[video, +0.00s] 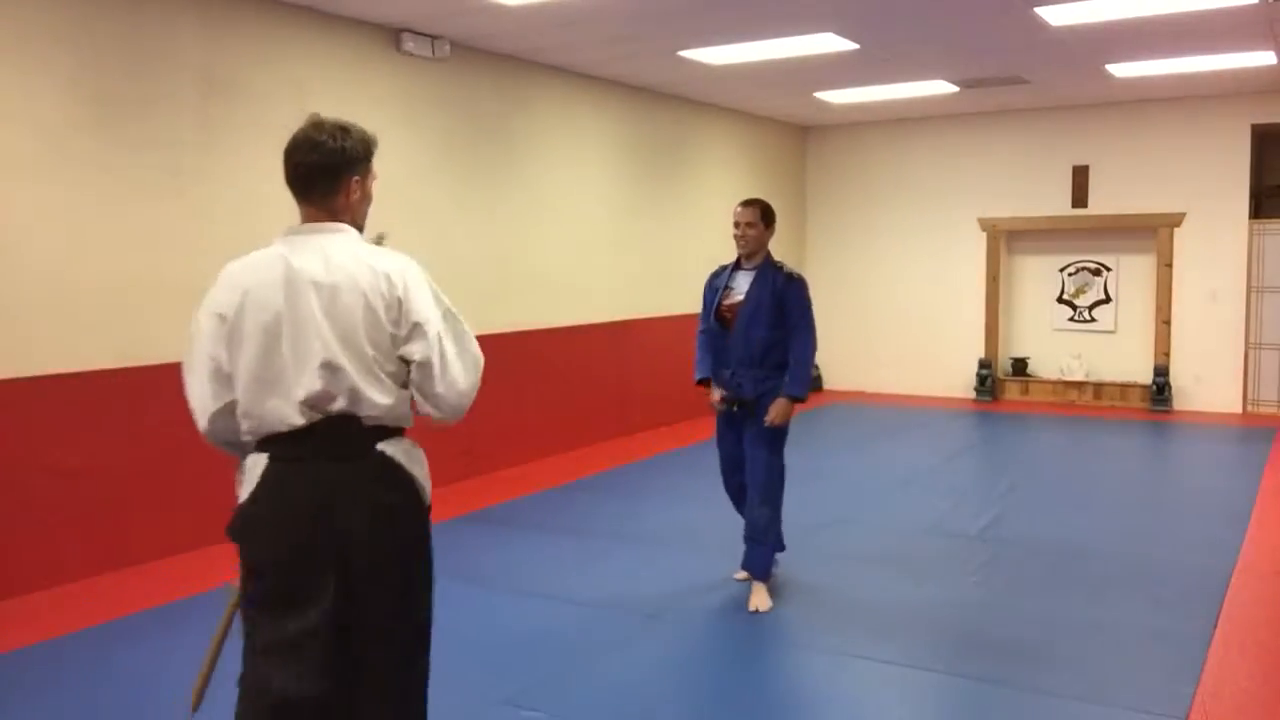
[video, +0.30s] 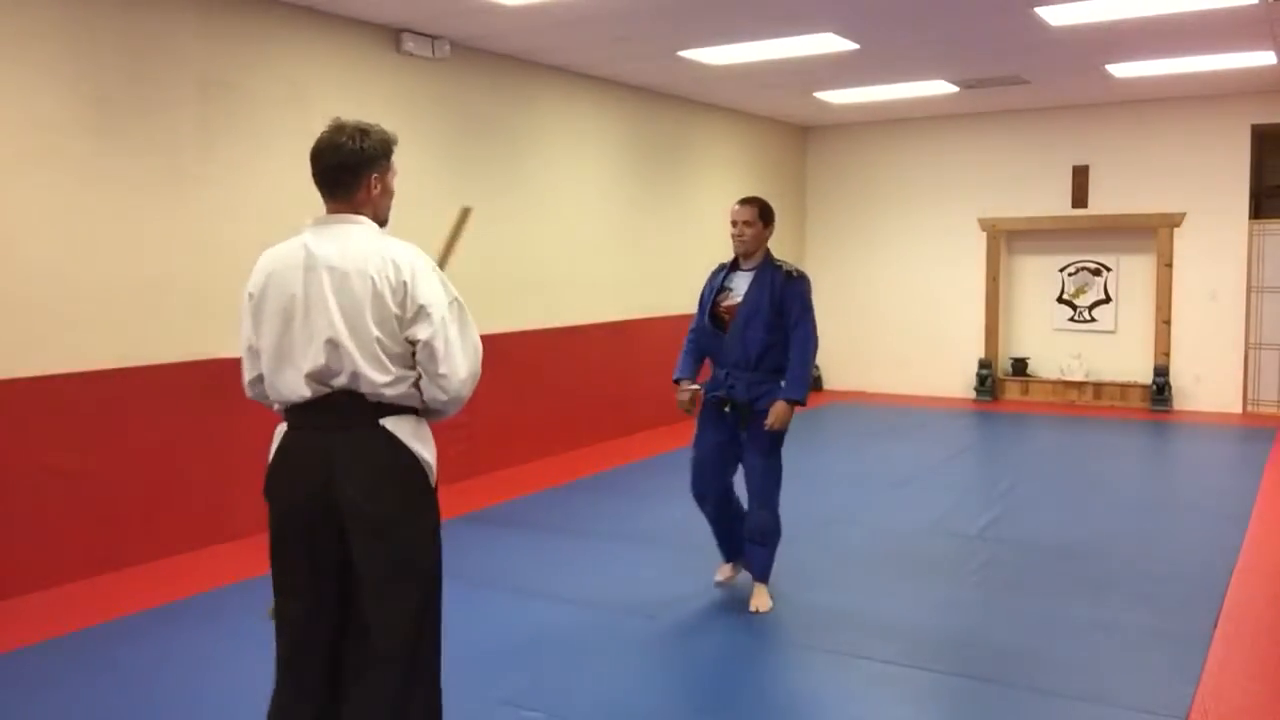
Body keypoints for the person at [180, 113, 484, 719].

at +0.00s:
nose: (370, 192)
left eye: (369, 179)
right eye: (369, 180)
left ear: (296, 185)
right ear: (356, 186)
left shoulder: (239, 280)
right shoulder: (394, 276)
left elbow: (213, 413)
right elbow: (451, 391)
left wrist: (275, 443)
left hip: (280, 499)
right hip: (382, 496)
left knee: (278, 673)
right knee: (388, 671)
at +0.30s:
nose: (393, 187)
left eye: (391, 176)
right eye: (390, 176)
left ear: (326, 184)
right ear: (375, 184)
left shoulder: (271, 267)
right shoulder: (406, 265)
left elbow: (257, 380)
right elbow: (451, 383)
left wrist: (321, 382)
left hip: (296, 465)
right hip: (386, 465)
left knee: (304, 633)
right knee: (395, 633)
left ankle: (302, 719)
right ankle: (393, 717)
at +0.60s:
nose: (390, 196)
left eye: (387, 184)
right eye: (383, 186)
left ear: (335, 197)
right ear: (356, 195)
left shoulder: (282, 269)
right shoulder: (375, 265)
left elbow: (294, 364)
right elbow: (424, 376)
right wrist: (461, 353)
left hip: (307, 437)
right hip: (373, 440)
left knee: (333, 600)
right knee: (396, 599)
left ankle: (343, 711)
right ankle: (404, 711)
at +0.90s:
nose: (397, 192)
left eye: (394, 180)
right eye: (390, 181)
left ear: (343, 193)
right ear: (362, 188)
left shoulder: (293, 263)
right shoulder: (374, 255)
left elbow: (289, 369)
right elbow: (415, 353)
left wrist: (319, 422)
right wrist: (508, 348)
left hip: (309, 436)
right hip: (372, 433)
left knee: (325, 596)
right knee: (414, 591)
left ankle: (333, 712)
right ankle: (411, 709)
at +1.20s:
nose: (422, 200)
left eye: (420, 189)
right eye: (416, 190)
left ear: (367, 198)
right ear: (394, 196)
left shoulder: (315, 262)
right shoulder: (400, 265)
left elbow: (289, 365)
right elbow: (425, 378)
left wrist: (327, 414)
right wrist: (497, 410)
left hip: (326, 424)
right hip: (384, 429)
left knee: (339, 573)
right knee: (399, 570)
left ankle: (328, 703)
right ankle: (402, 703)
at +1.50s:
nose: (427, 199)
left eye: (425, 188)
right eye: (420, 189)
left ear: (372, 198)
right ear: (397, 196)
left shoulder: (319, 261)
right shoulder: (401, 263)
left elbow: (295, 359)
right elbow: (428, 374)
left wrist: (316, 423)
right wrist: (488, 423)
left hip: (328, 419)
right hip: (384, 424)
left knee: (336, 567)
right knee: (407, 565)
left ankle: (318, 700)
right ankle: (412, 702)